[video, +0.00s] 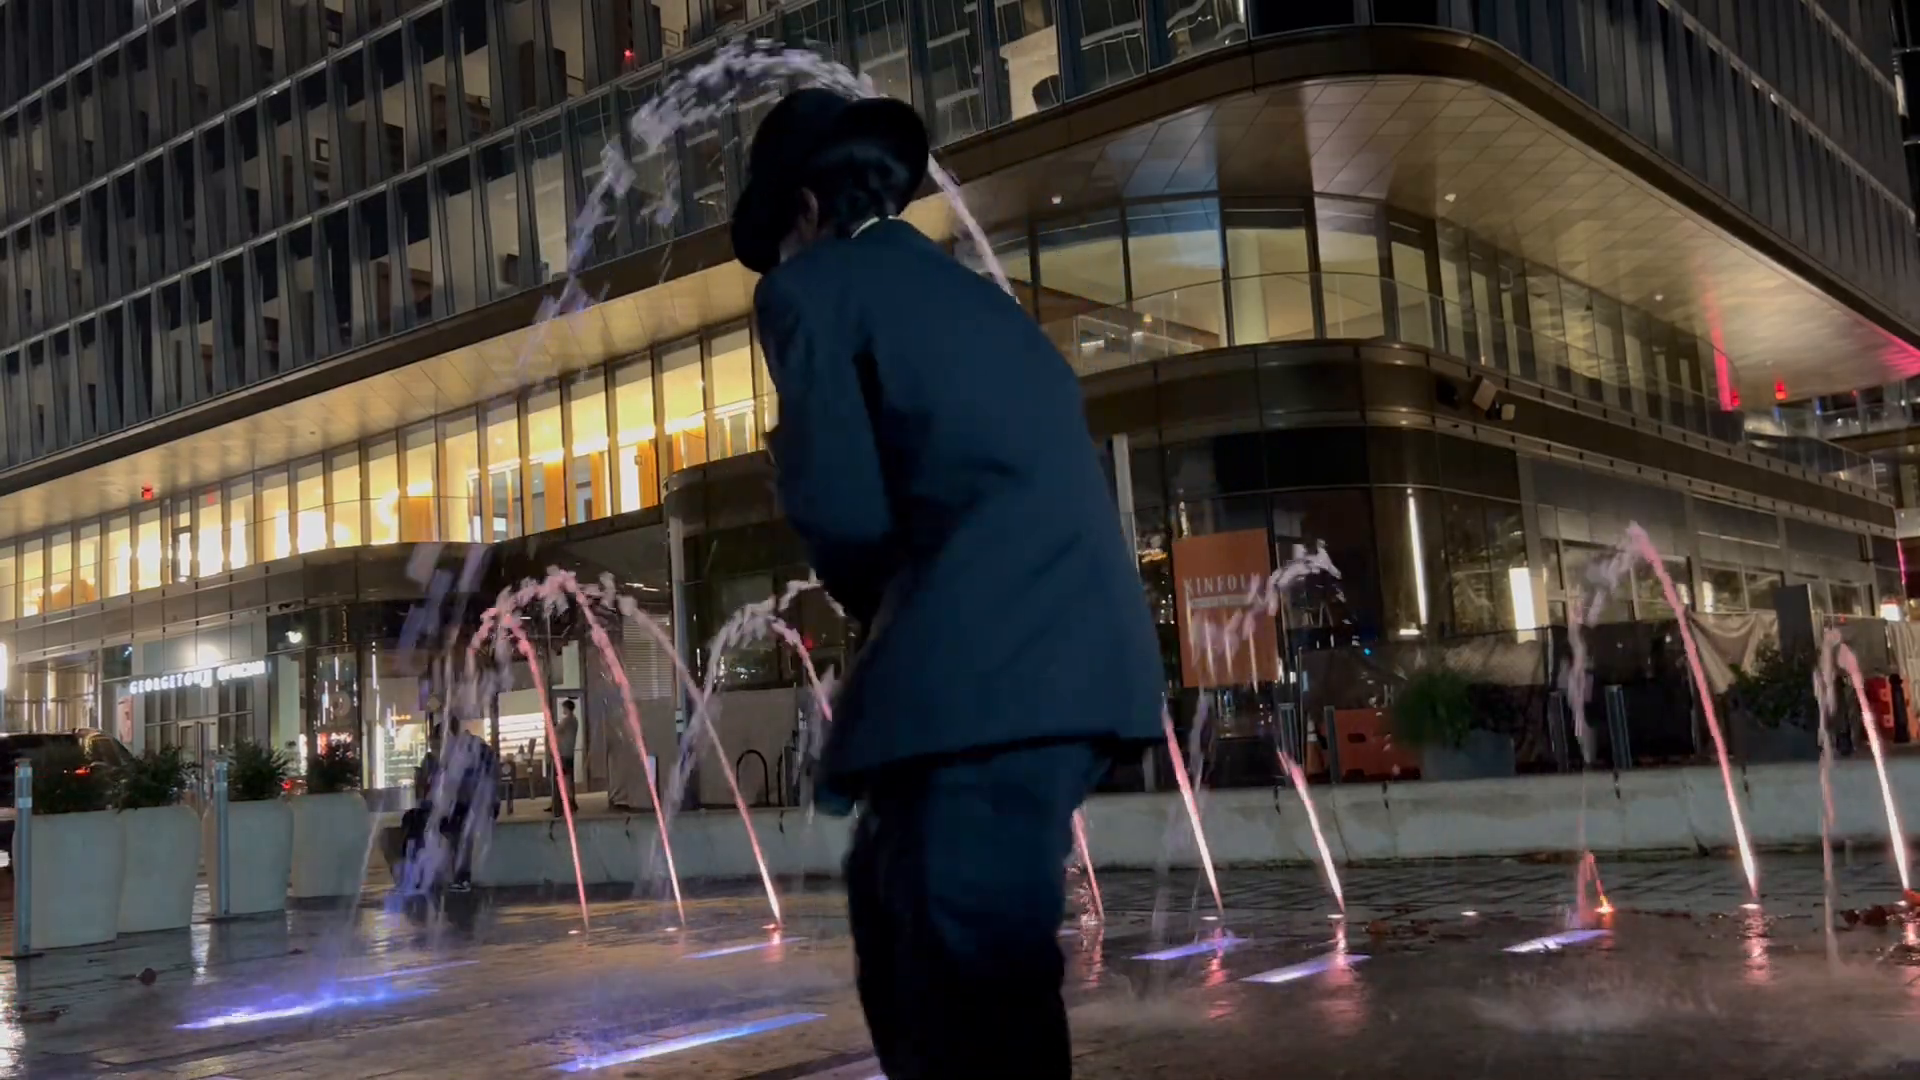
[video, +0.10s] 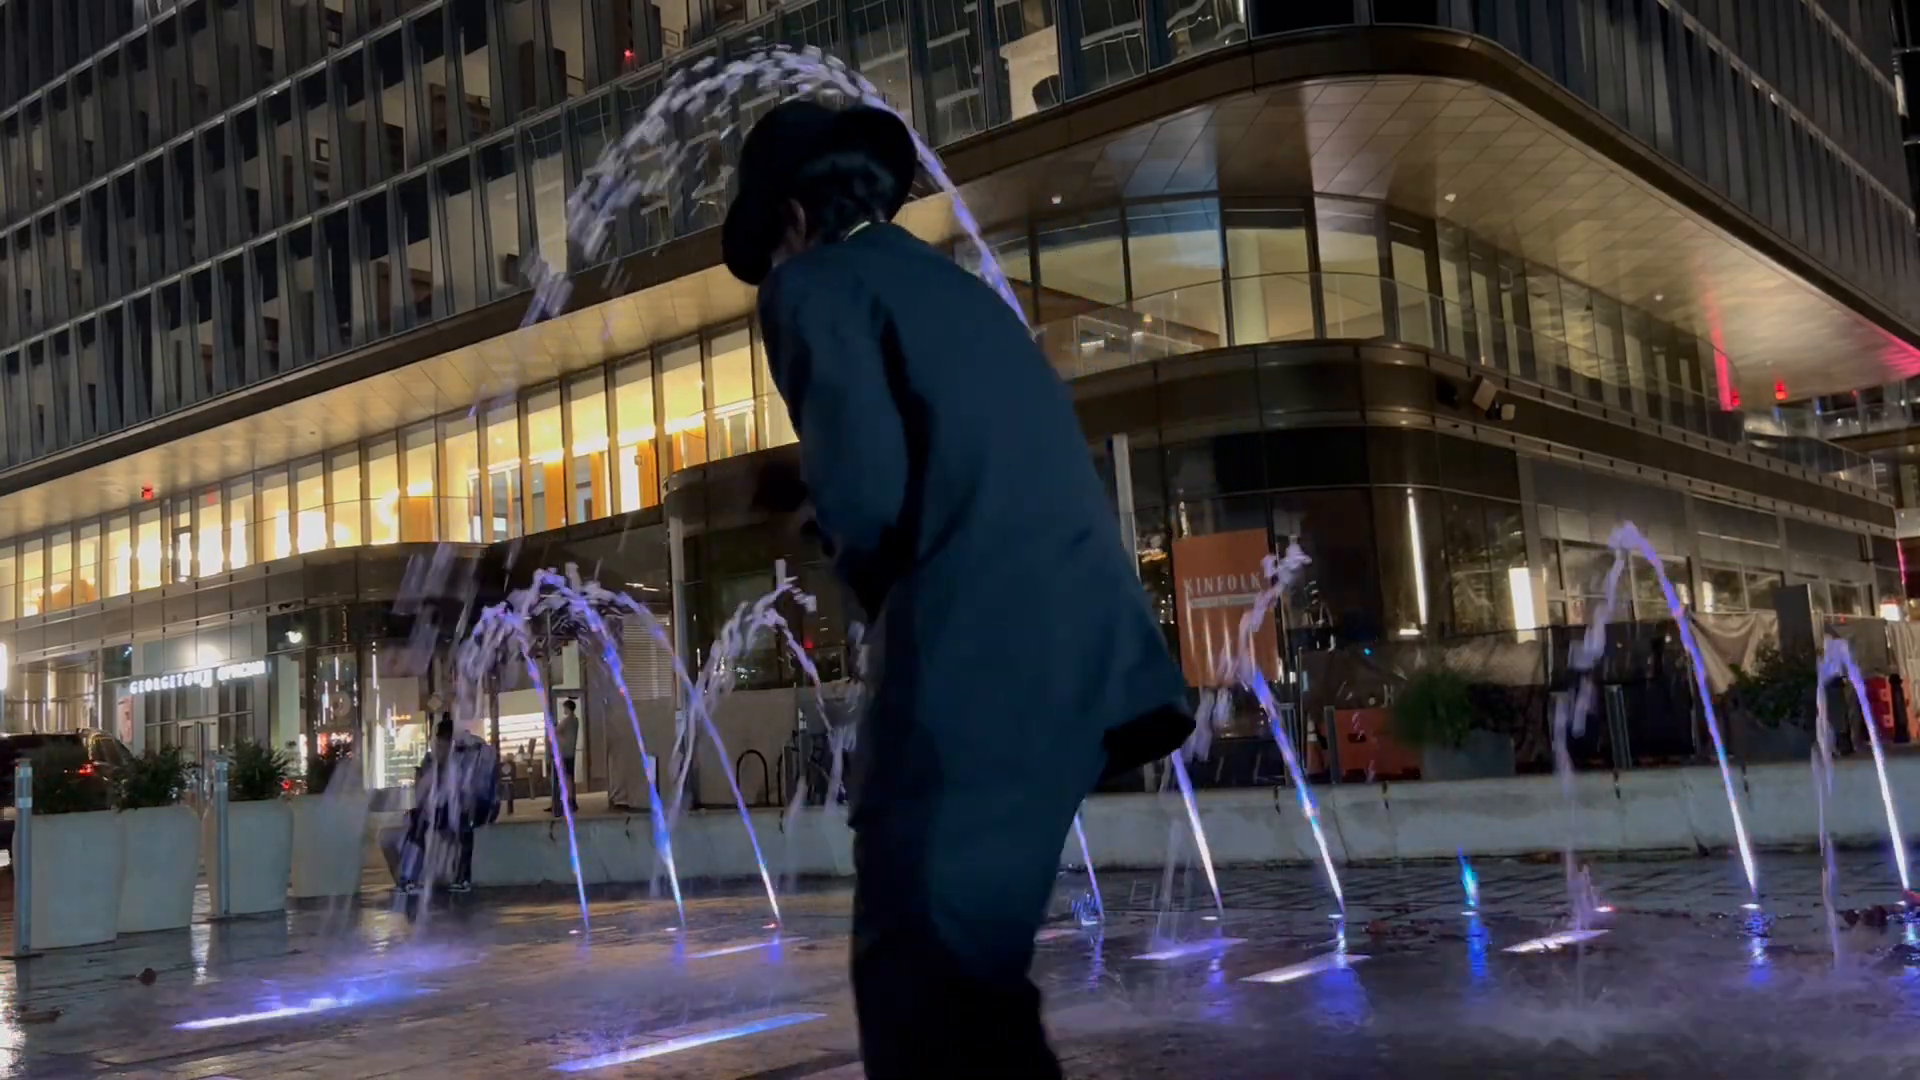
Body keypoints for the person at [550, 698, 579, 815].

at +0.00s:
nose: (562, 710)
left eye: (564, 708)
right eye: (563, 708)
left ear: (565, 708)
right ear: (572, 708)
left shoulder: (566, 720)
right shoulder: (574, 720)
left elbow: (557, 731)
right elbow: (562, 731)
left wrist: (551, 726)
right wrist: (556, 726)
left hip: (562, 754)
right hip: (569, 753)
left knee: (557, 779)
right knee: (569, 779)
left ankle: (556, 804)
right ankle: (571, 802)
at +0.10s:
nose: (563, 710)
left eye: (564, 708)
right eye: (564, 708)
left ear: (566, 708)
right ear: (573, 708)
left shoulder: (566, 721)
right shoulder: (575, 720)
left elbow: (557, 731)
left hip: (562, 754)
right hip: (570, 753)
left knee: (558, 779)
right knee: (570, 779)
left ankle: (557, 804)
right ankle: (572, 802)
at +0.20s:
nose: (564, 710)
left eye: (565, 708)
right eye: (565, 708)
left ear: (567, 708)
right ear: (574, 708)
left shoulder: (566, 720)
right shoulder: (576, 721)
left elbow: (558, 730)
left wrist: (553, 725)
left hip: (562, 754)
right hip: (570, 754)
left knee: (558, 780)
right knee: (570, 779)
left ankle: (557, 803)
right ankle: (572, 802)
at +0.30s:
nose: (564, 710)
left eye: (566, 708)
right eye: (565, 708)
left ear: (568, 708)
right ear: (573, 708)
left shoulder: (568, 720)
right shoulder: (575, 720)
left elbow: (559, 730)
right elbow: (563, 730)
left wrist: (551, 730)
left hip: (564, 754)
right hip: (570, 753)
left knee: (562, 779)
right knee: (570, 779)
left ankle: (558, 803)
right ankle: (572, 802)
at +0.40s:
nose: (565, 710)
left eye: (566, 708)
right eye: (565, 708)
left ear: (569, 709)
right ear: (574, 708)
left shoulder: (567, 721)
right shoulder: (576, 721)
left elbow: (557, 731)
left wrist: (551, 732)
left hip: (563, 753)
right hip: (571, 753)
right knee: (570, 779)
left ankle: (558, 803)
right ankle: (572, 801)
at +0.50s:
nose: (564, 710)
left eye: (566, 708)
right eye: (565, 708)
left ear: (568, 709)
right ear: (574, 709)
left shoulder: (566, 721)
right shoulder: (577, 721)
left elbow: (556, 731)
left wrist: (552, 730)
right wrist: (559, 729)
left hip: (564, 754)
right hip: (572, 753)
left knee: (563, 780)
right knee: (571, 779)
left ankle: (560, 803)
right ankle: (572, 801)